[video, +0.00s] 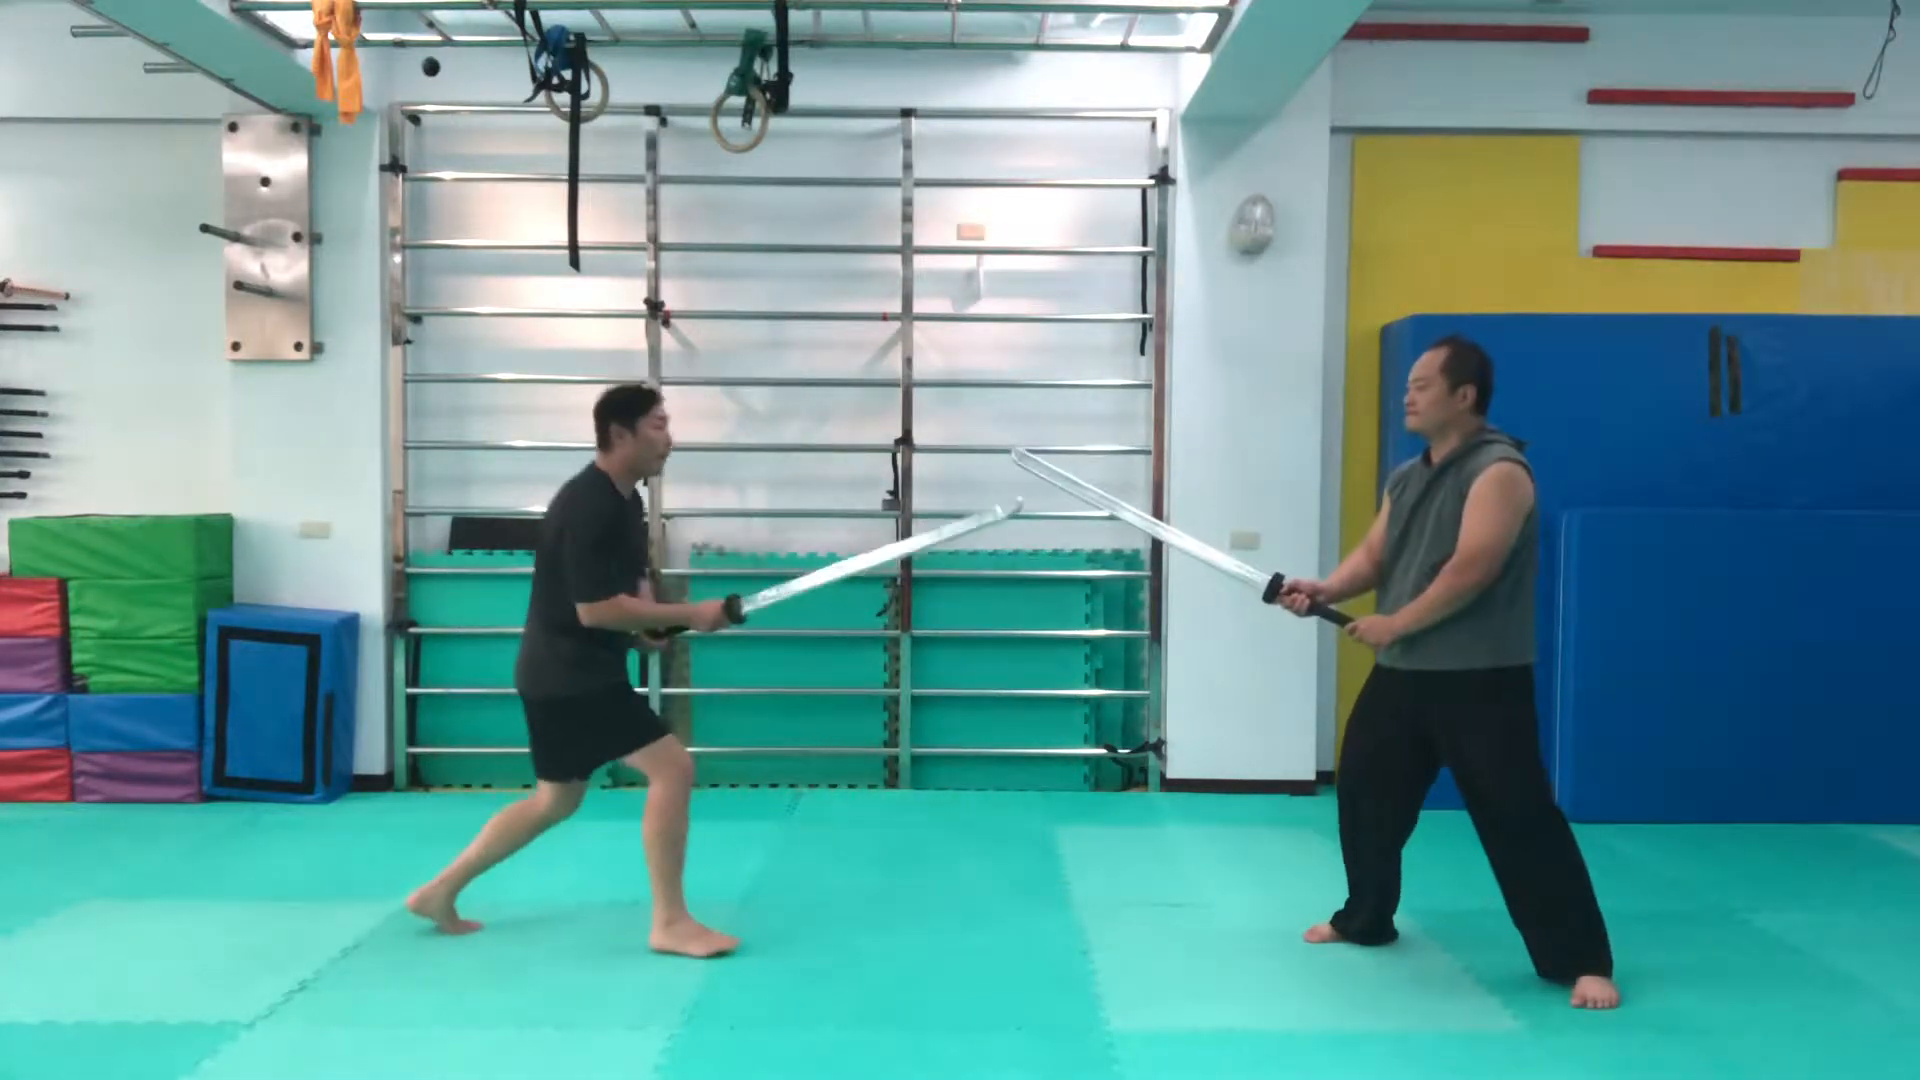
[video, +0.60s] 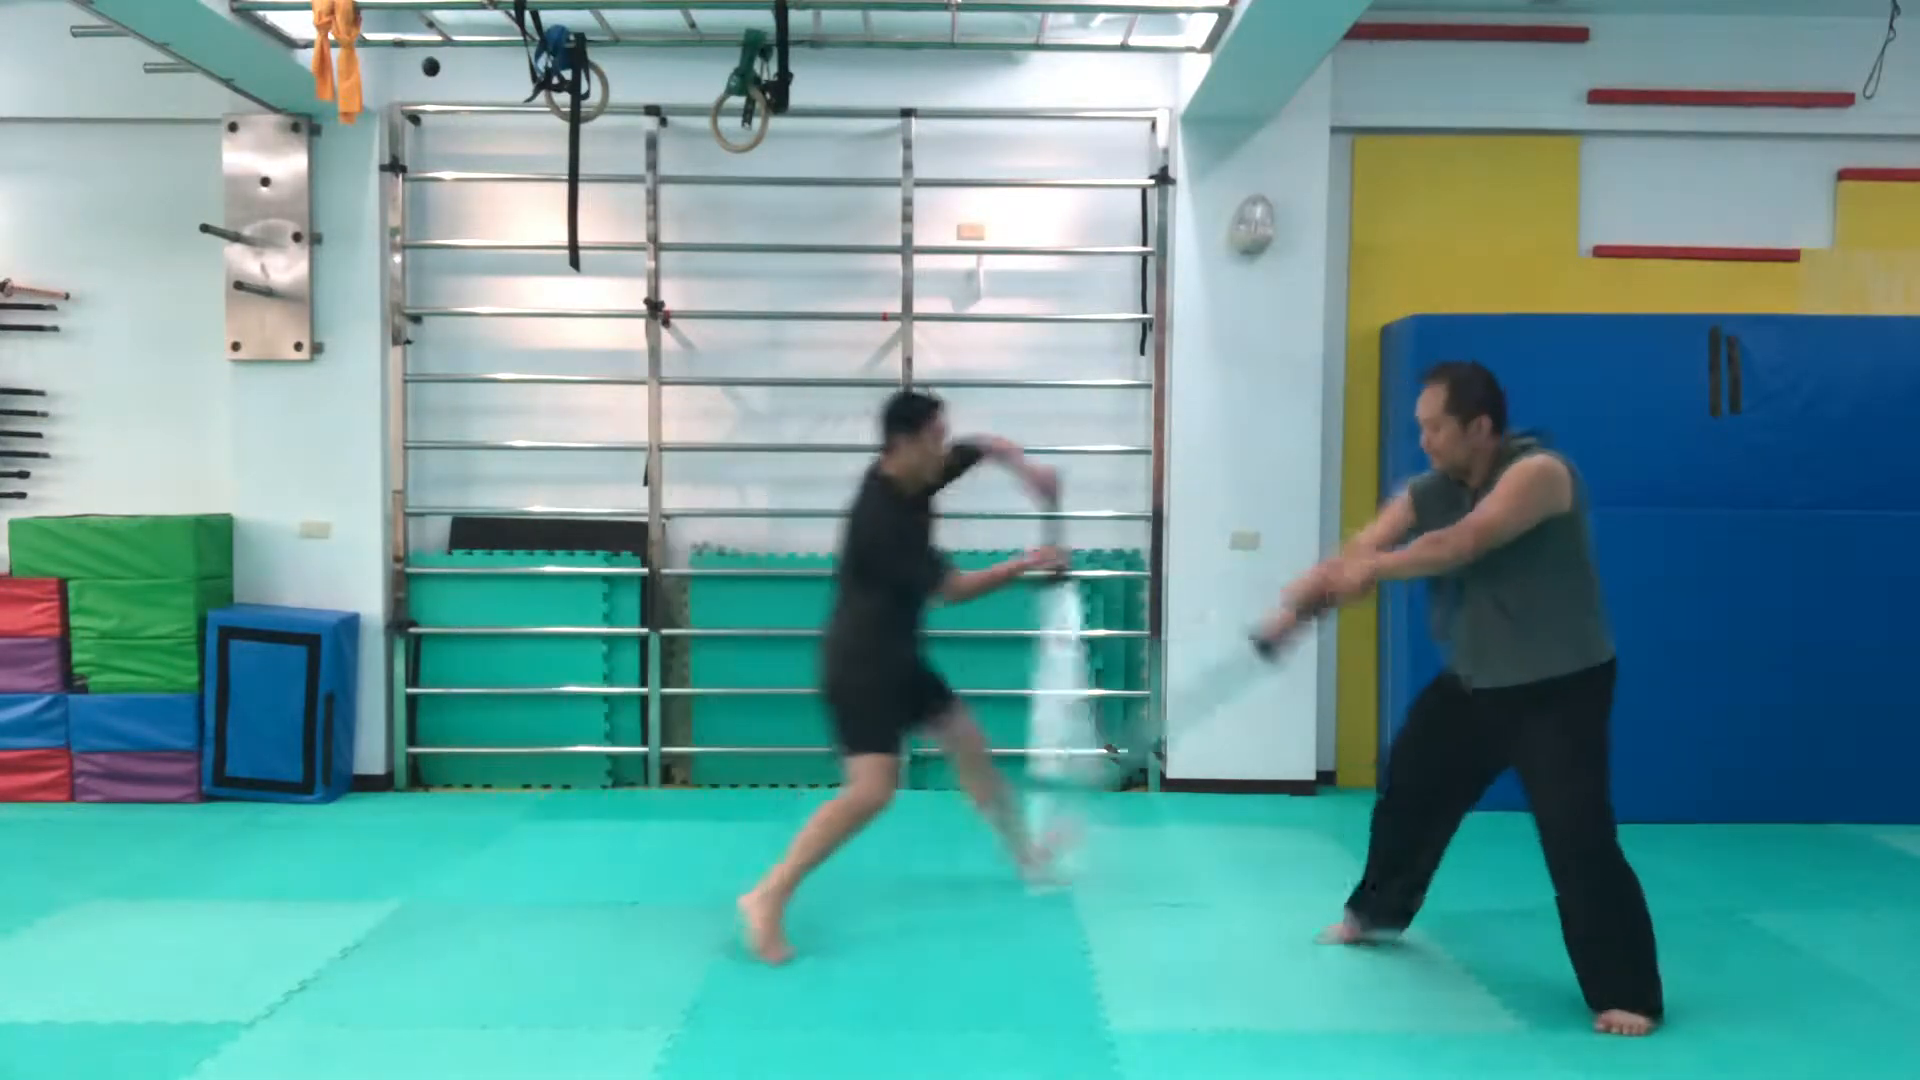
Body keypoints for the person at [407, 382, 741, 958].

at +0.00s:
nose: (670, 438)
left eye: (667, 425)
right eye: (659, 426)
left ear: (620, 436)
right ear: (619, 435)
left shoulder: (620, 500)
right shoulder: (591, 502)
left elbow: (621, 586)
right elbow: (595, 608)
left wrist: (647, 626)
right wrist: (694, 614)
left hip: (559, 675)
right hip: (574, 676)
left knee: (557, 799)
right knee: (672, 767)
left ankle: (439, 894)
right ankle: (670, 923)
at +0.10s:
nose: (685, 448)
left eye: (683, 436)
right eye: (674, 438)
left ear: (647, 446)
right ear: (636, 446)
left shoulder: (653, 515)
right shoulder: (597, 510)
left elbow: (647, 605)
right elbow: (604, 611)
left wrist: (673, 630)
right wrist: (703, 613)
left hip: (590, 683)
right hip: (586, 684)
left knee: (564, 808)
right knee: (694, 769)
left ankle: (441, 894)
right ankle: (691, 926)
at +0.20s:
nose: (720, 456)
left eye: (719, 445)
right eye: (709, 446)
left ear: (684, 455)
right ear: (671, 453)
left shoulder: (698, 522)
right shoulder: (634, 512)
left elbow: (702, 612)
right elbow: (655, 590)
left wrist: (751, 596)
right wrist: (757, 587)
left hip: (627, 690)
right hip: (626, 691)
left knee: (562, 812)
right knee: (729, 770)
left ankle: (440, 892)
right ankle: (713, 929)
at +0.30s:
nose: (769, 461)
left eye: (769, 450)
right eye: (760, 452)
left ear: (734, 460)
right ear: (727, 460)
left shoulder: (760, 520)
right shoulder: (694, 516)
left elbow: (798, 599)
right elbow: (746, 552)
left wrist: (815, 561)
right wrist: (853, 539)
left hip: (686, 691)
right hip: (678, 692)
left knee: (645, 817)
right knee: (755, 786)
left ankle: (509, 857)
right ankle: (714, 941)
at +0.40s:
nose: (834, 464)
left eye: (833, 454)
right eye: (824, 455)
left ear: (810, 461)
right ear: (791, 463)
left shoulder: (821, 520)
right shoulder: (761, 521)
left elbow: (856, 585)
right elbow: (813, 589)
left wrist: (901, 578)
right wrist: (895, 572)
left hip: (753, 681)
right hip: (723, 680)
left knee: (760, 806)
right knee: (783, 797)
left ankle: (648, 831)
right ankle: (716, 941)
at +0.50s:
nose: (895, 453)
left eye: (894, 442)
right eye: (886, 443)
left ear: (857, 449)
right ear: (851, 450)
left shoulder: (871, 500)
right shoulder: (825, 511)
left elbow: (923, 534)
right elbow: (858, 601)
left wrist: (979, 555)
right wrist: (954, 588)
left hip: (824, 663)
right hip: (788, 667)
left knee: (893, 729)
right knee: (813, 795)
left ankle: (857, 858)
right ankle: (726, 928)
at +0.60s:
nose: (945, 452)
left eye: (942, 441)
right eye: (937, 442)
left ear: (904, 444)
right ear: (905, 446)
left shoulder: (911, 479)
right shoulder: (883, 513)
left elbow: (983, 447)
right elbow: (951, 589)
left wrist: (1029, 474)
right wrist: (1024, 565)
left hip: (896, 656)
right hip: (860, 661)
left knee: (967, 741)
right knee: (872, 787)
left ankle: (1026, 855)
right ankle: (766, 898)